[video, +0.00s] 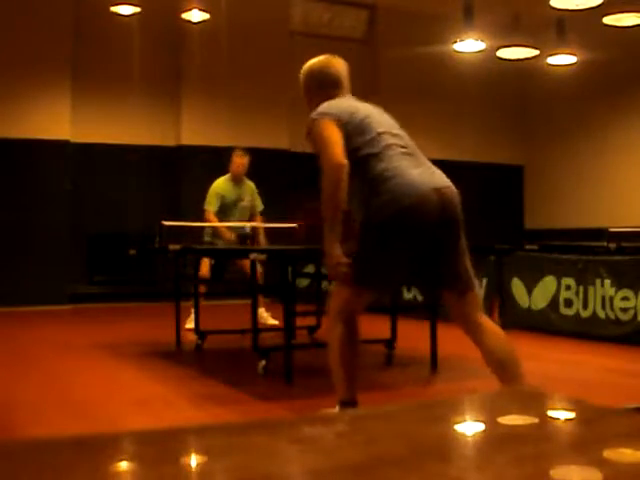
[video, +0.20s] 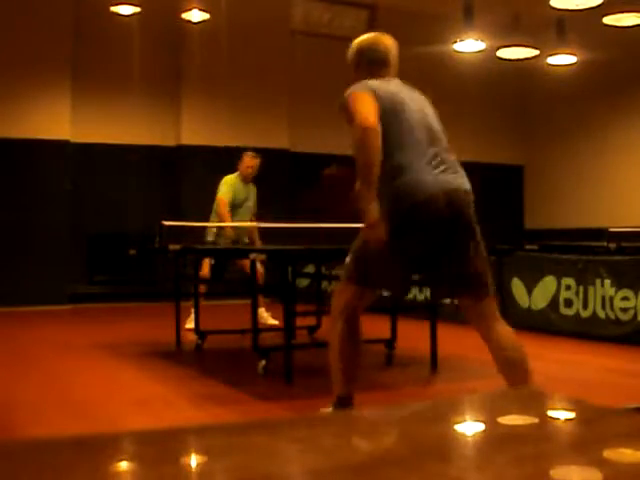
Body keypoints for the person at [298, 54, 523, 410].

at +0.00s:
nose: (305, 100)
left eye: (305, 93)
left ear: (308, 91)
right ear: (345, 86)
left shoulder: (324, 115)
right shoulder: (372, 111)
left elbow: (337, 165)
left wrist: (332, 241)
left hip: (396, 204)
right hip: (444, 196)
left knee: (342, 310)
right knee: (471, 315)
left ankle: (346, 405)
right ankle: (524, 397)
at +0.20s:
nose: (350, 72)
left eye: (351, 65)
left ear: (354, 65)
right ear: (393, 65)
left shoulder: (360, 91)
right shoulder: (417, 97)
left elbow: (369, 124)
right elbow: (442, 152)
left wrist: (369, 199)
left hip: (405, 202)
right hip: (455, 199)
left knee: (345, 306)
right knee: (487, 317)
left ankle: (342, 405)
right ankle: (531, 403)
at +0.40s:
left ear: (380, 54)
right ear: (421, 53)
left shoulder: (367, 84)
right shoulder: (447, 90)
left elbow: (346, 121)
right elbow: (478, 148)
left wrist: (339, 186)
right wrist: (441, 164)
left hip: (394, 204)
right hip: (454, 203)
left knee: (350, 313)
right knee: (489, 308)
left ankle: (330, 403)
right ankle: (524, 396)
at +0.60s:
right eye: (464, 73)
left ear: (423, 76)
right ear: (461, 78)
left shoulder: (398, 108)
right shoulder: (484, 115)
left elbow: (353, 159)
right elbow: (509, 171)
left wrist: (352, 218)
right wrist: (515, 219)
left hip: (404, 217)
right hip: (467, 217)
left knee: (360, 315)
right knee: (509, 317)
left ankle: (336, 404)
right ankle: (524, 409)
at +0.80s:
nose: (555, 103)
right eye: (553, 97)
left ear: (508, 94)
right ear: (546, 98)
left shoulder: (476, 122)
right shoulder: (543, 123)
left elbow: (418, 153)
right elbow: (540, 160)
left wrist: (379, 194)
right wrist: (567, 229)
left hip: (435, 213)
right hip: (491, 216)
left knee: (399, 319)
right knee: (528, 324)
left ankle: (349, 402)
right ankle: (529, 415)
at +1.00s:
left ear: (563, 123)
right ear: (600, 133)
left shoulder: (530, 142)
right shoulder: (597, 152)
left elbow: (473, 159)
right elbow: (602, 204)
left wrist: (412, 187)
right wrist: (618, 271)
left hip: (482, 212)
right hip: (536, 219)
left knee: (480, 304)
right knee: (545, 329)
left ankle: (453, 384)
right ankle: (533, 408)